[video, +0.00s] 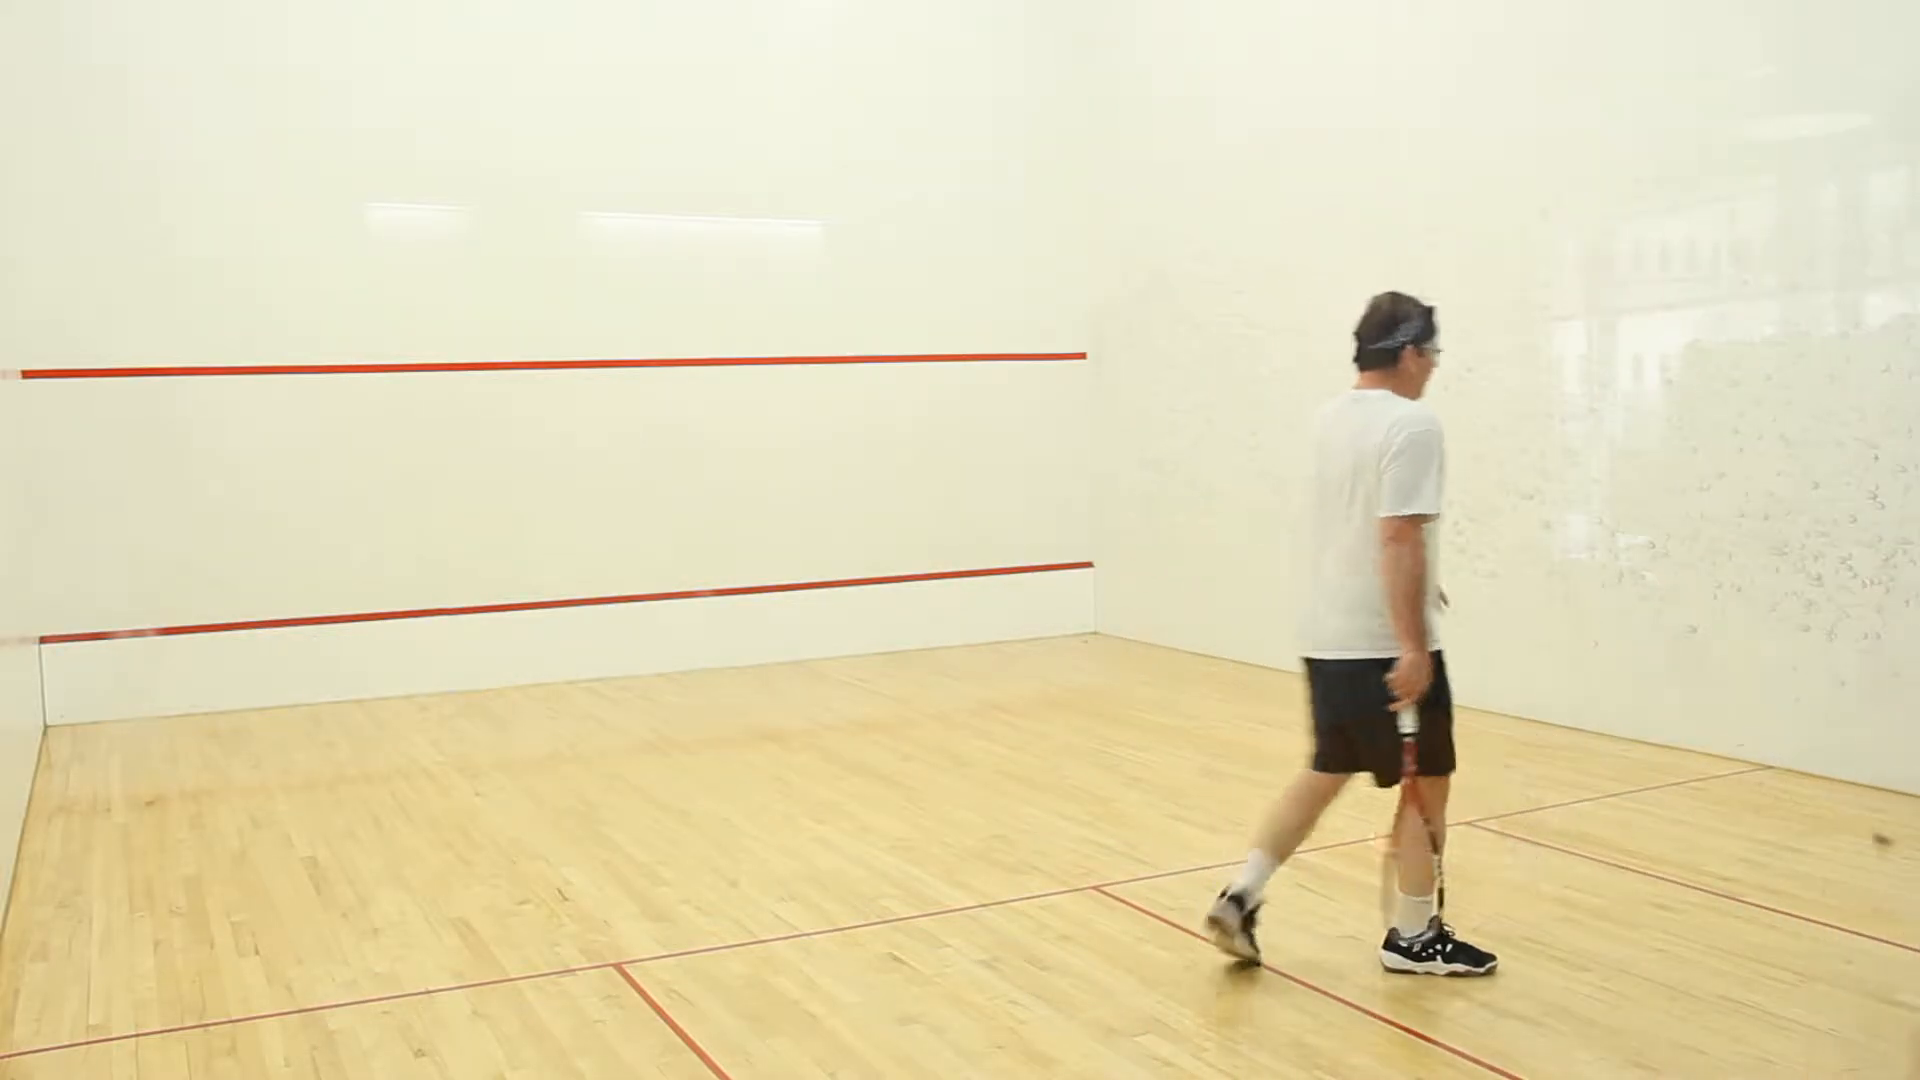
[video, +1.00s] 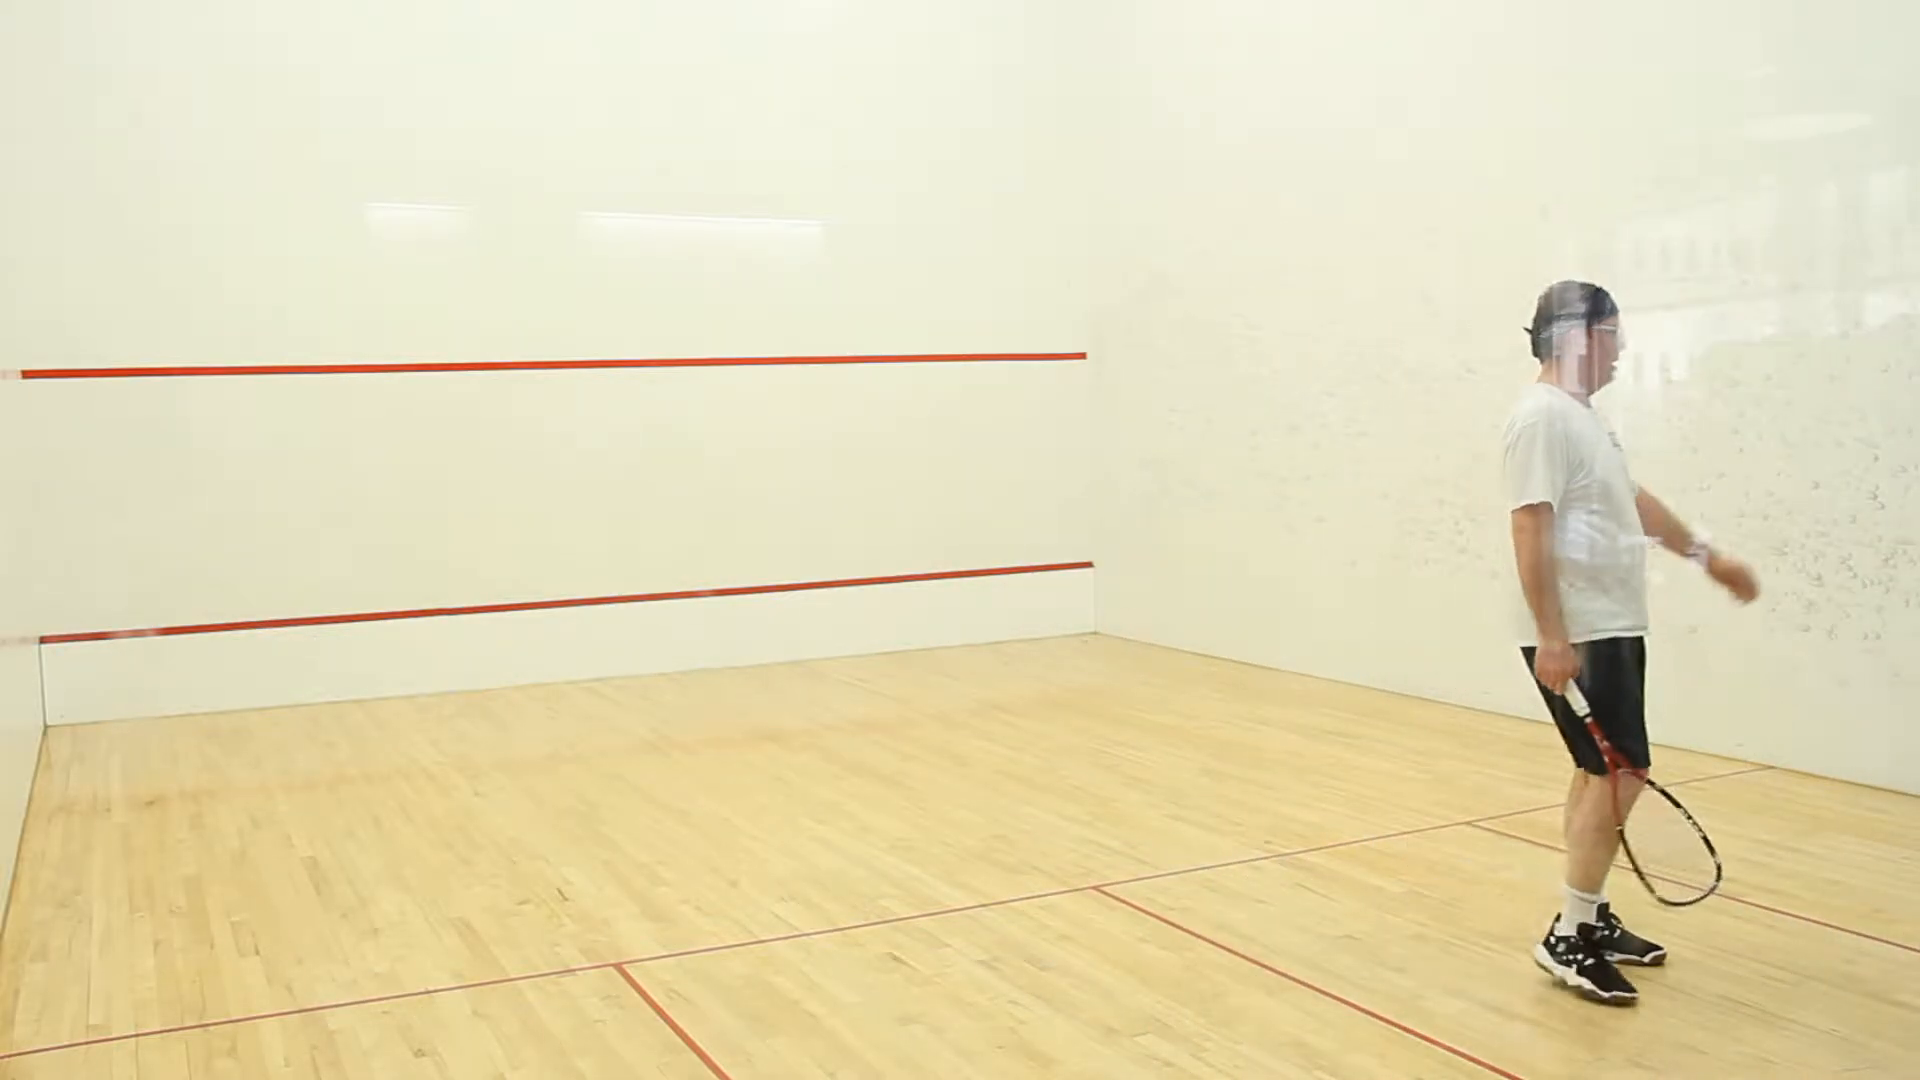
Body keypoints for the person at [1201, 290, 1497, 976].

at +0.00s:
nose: (1433, 365)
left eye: (1432, 353)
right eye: (1430, 352)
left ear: (1369, 352)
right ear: (1408, 353)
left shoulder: (1333, 416)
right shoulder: (1410, 424)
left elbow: (1337, 531)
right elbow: (1401, 538)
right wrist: (1414, 648)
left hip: (1328, 642)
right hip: (1390, 645)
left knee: (1329, 766)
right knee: (1426, 783)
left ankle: (1240, 896)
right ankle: (1412, 933)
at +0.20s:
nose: (1483, 357)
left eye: (1483, 344)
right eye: (1477, 345)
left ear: (1426, 346)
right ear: (1444, 346)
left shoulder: (1391, 412)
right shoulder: (1447, 417)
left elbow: (1391, 527)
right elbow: (1453, 531)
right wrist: (1501, 633)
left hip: (1389, 630)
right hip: (1434, 634)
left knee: (1421, 761)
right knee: (1442, 778)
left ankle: (1352, 869)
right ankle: (1416, 930)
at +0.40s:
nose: (1532, 359)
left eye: (1533, 346)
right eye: (1524, 346)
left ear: (1474, 349)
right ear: (1485, 347)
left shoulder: (1435, 413)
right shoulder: (1487, 420)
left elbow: (1403, 523)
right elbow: (1485, 532)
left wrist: (1393, 605)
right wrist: (1547, 622)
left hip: (1463, 632)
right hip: (1465, 637)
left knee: (1518, 753)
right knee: (1459, 778)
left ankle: (1533, 903)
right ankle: (1415, 930)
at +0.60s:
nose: (1573, 367)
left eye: (1573, 354)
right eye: (1567, 352)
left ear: (1516, 352)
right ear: (1532, 350)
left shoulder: (1490, 419)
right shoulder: (1521, 425)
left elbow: (1482, 544)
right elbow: (1520, 546)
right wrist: (1561, 647)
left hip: (1527, 637)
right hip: (1512, 642)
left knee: (1576, 759)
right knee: (1517, 783)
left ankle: (1581, 915)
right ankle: (1429, 917)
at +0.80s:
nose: (1607, 357)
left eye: (1607, 343)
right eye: (1598, 342)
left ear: (1553, 344)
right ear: (1558, 342)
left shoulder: (1553, 417)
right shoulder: (1533, 422)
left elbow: (1562, 537)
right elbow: (1531, 542)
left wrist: (1604, 625)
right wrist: (1568, 637)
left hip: (1587, 630)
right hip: (1560, 636)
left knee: (1605, 773)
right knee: (1604, 770)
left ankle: (1583, 917)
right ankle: (1491, 895)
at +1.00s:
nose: (1618, 351)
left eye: (1617, 337)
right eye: (1610, 336)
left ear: (1575, 339)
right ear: (1577, 337)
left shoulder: (1584, 418)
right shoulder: (1542, 417)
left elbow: (1634, 502)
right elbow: (1529, 531)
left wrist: (1708, 556)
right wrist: (1550, 636)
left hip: (1614, 628)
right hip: (1582, 633)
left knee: (1605, 774)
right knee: (1619, 773)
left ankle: (1590, 921)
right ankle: (1569, 937)